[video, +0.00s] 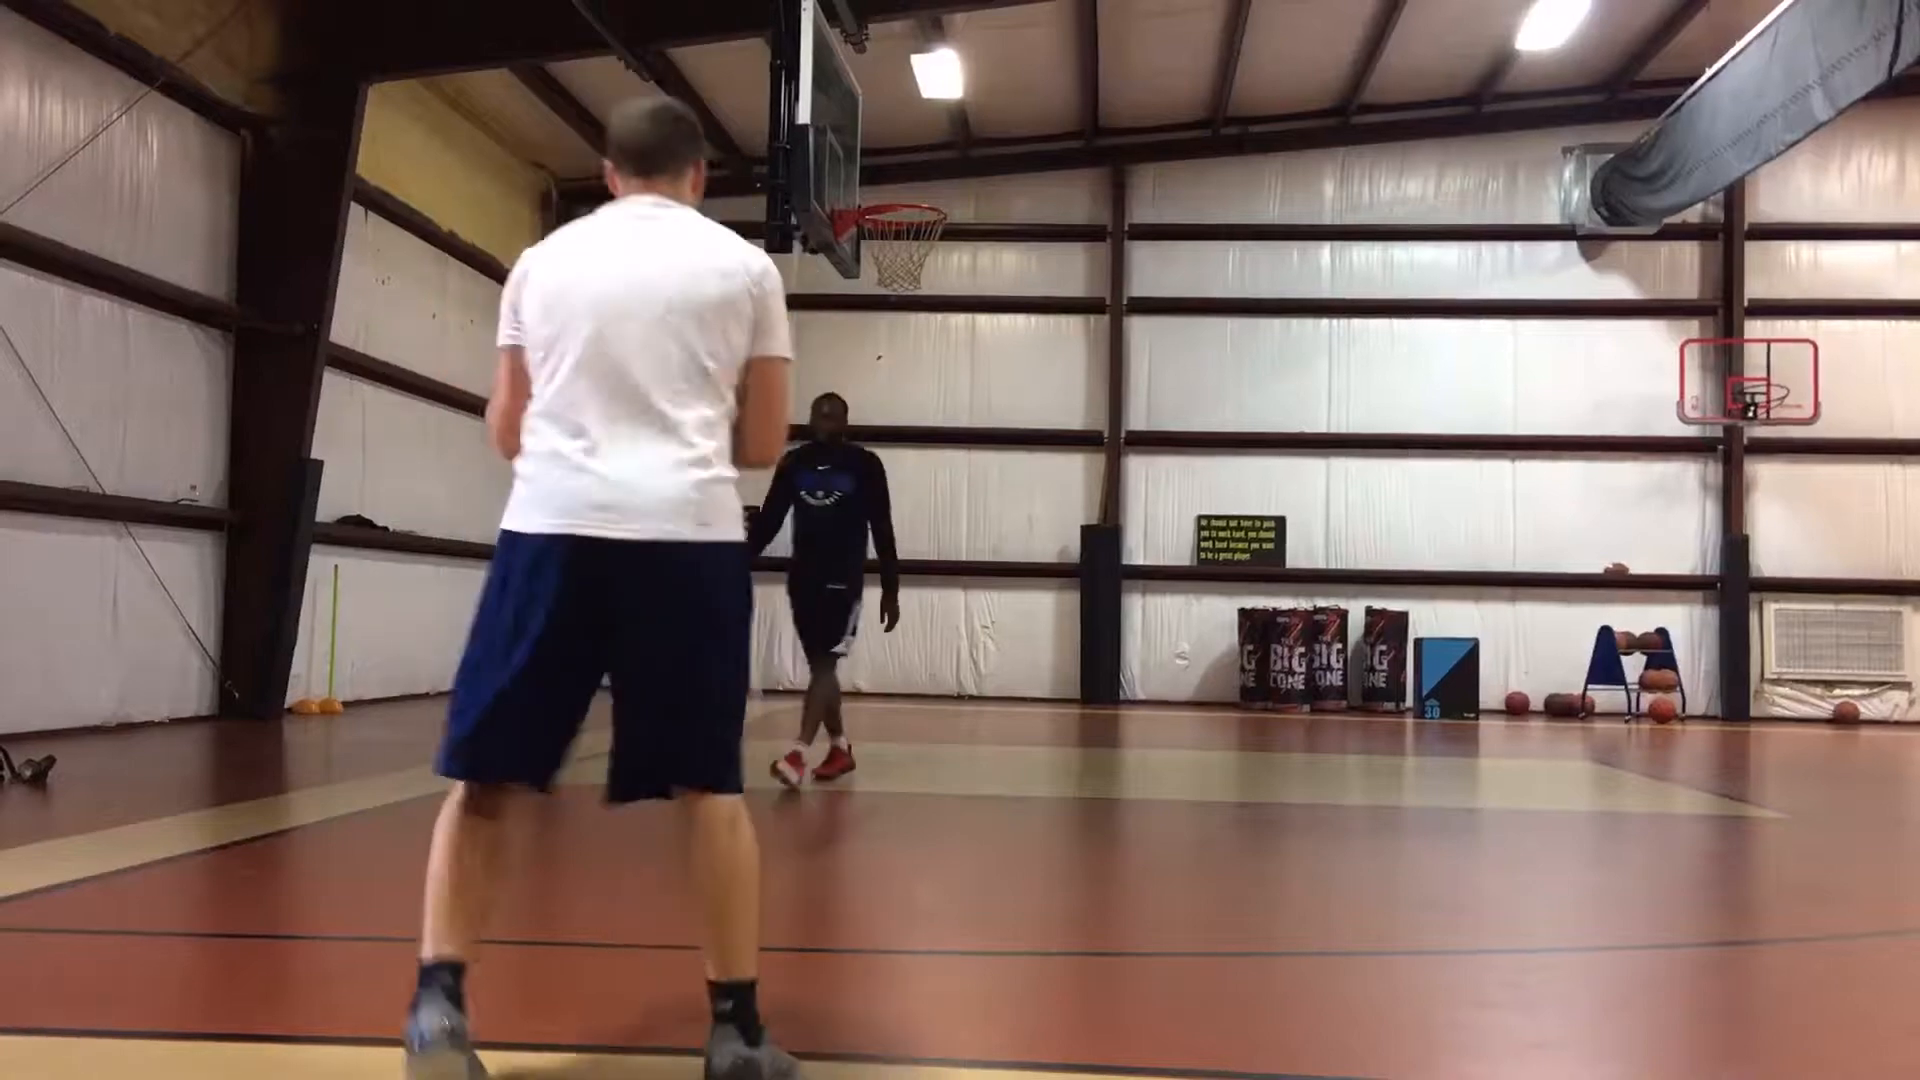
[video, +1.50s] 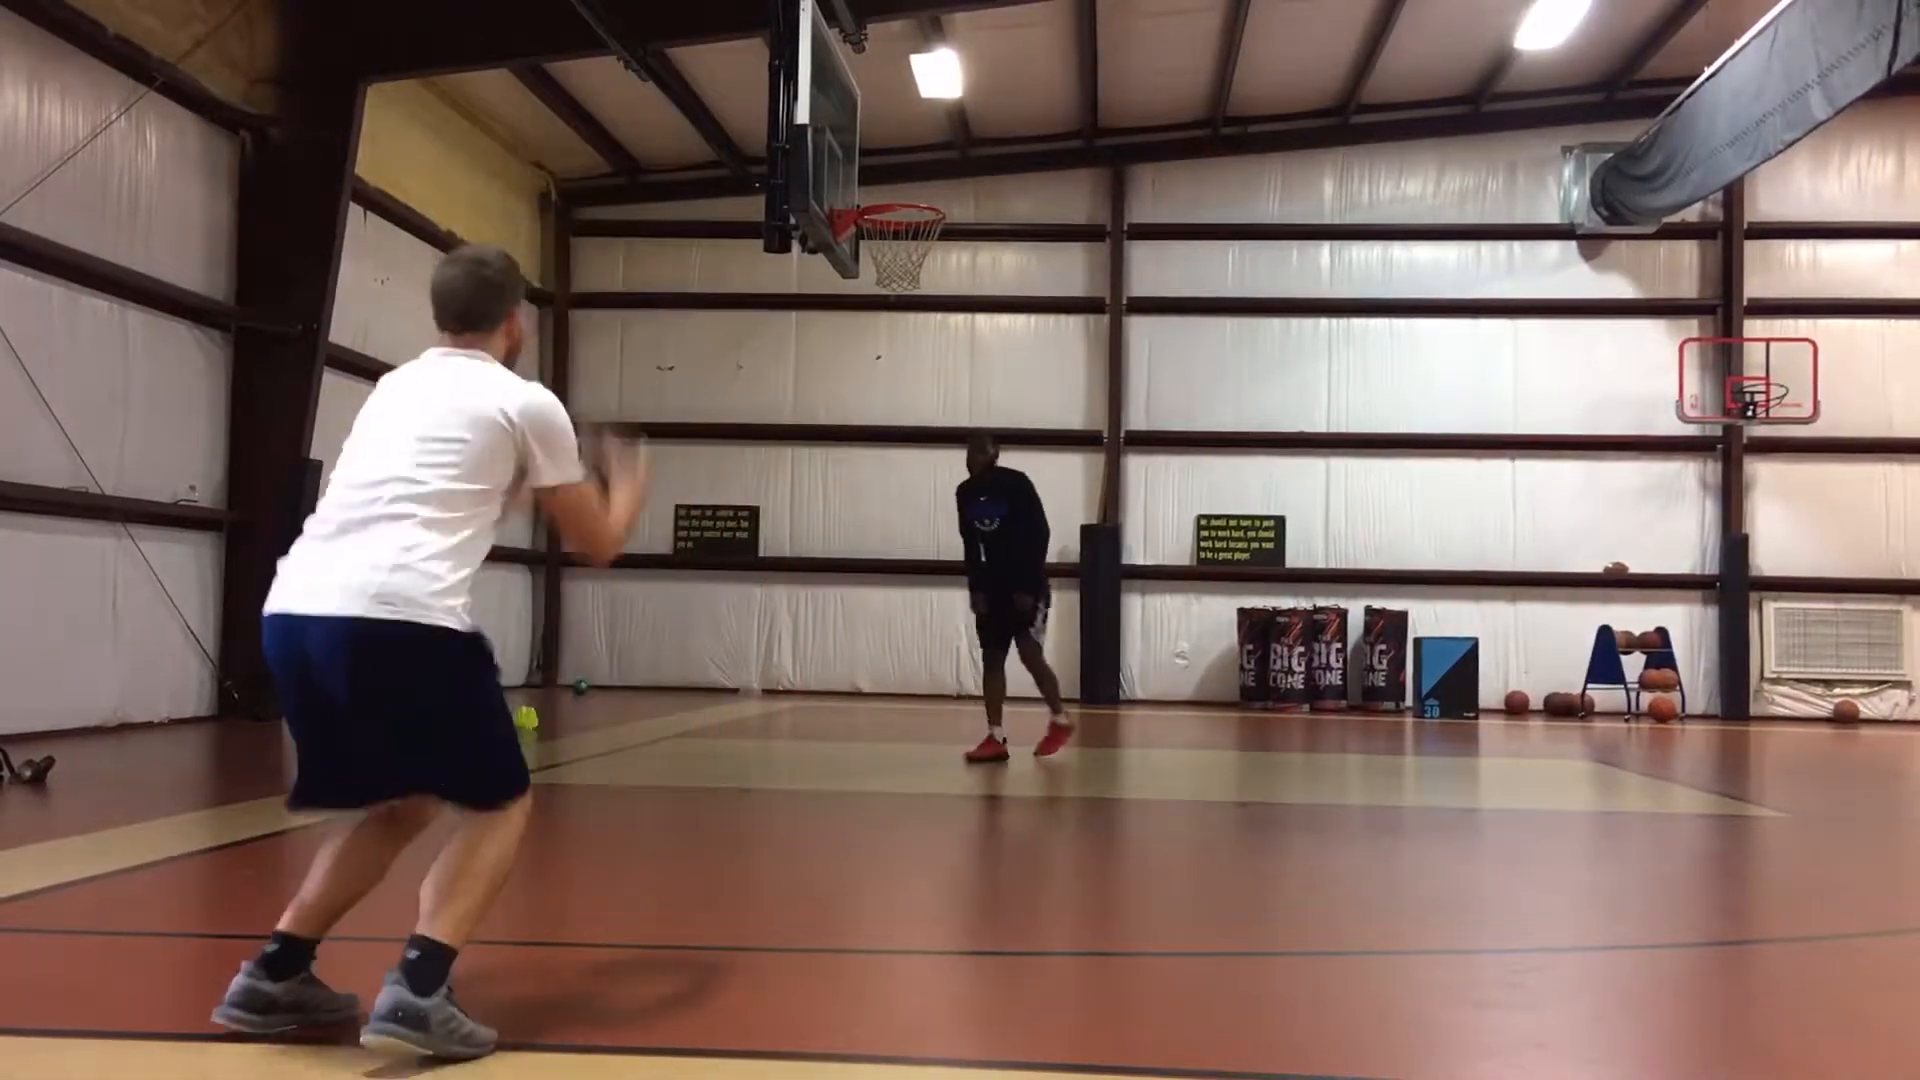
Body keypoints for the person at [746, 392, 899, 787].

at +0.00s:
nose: (825, 423)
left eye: (832, 416)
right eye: (820, 416)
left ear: (846, 422)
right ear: (810, 421)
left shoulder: (866, 465)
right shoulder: (794, 463)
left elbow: (883, 531)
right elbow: (769, 520)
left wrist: (891, 591)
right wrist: (739, 561)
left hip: (844, 574)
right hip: (804, 572)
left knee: (823, 663)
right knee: (819, 663)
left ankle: (800, 752)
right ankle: (840, 748)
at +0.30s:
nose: (857, 425)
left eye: (863, 418)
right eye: (853, 419)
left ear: (879, 421)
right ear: (846, 423)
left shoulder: (902, 459)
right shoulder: (835, 465)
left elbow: (908, 515)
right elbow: (830, 519)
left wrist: (879, 544)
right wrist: (827, 563)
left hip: (885, 576)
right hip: (843, 575)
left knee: (889, 658)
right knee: (839, 662)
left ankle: (912, 725)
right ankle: (837, 746)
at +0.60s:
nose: (913, 436)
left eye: (921, 431)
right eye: (910, 429)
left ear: (936, 437)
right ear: (904, 432)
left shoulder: (947, 473)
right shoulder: (895, 469)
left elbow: (939, 532)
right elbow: (888, 527)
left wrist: (905, 574)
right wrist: (877, 577)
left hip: (931, 585)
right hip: (890, 582)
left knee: (942, 664)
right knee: (877, 659)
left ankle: (947, 744)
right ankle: (867, 744)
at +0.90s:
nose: (956, 446)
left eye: (963, 442)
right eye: (953, 439)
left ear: (973, 449)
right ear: (943, 439)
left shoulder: (984, 486)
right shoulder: (928, 472)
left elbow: (988, 546)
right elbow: (916, 522)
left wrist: (958, 589)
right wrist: (902, 566)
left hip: (962, 583)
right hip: (928, 576)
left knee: (947, 661)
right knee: (928, 660)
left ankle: (950, 743)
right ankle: (974, 716)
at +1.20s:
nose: (961, 454)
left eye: (968, 449)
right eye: (958, 448)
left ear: (981, 453)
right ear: (952, 452)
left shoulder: (1002, 482)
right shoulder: (942, 487)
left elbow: (1013, 542)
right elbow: (942, 542)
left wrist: (998, 590)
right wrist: (946, 589)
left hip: (994, 584)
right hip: (959, 583)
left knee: (983, 658)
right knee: (975, 659)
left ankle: (978, 736)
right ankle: (994, 735)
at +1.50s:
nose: (970, 457)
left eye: (976, 451)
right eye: (969, 451)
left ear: (993, 453)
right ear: (969, 453)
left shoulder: (1017, 483)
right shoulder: (965, 492)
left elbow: (1039, 534)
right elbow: (970, 544)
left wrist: (1028, 586)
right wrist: (975, 587)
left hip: (1025, 584)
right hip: (991, 586)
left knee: (1030, 655)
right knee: (992, 661)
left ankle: (1061, 721)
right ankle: (996, 737)